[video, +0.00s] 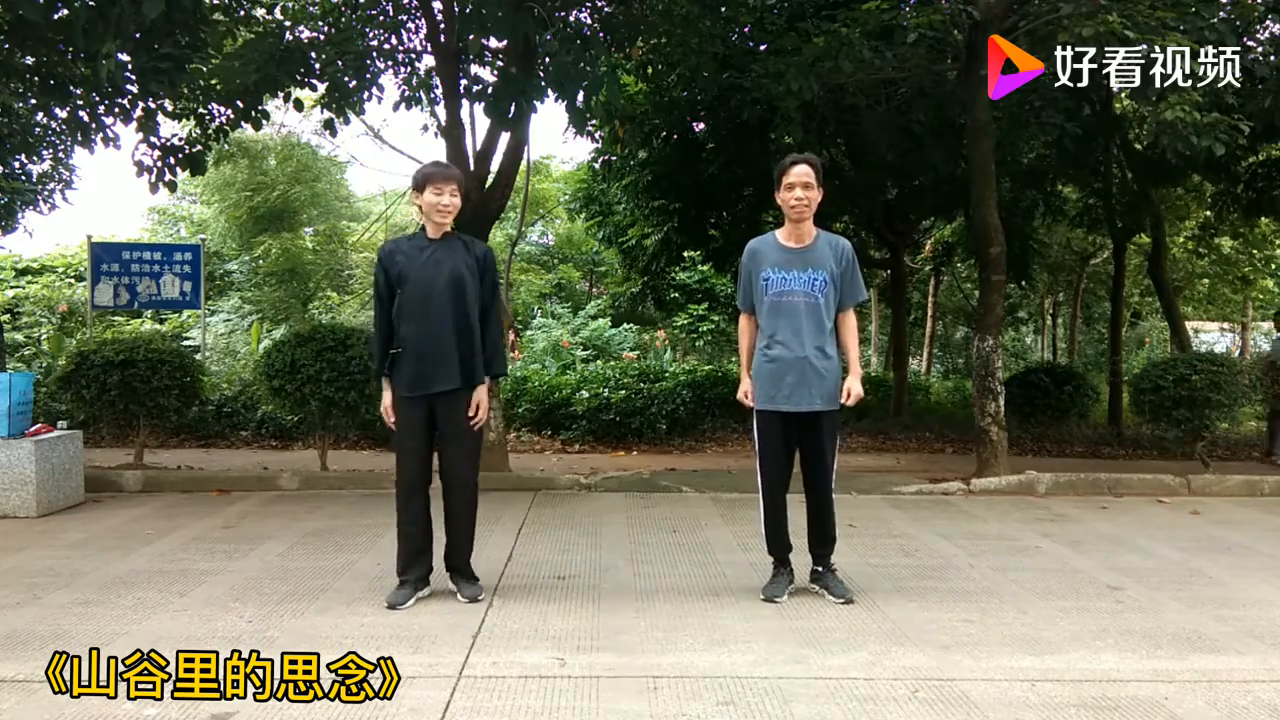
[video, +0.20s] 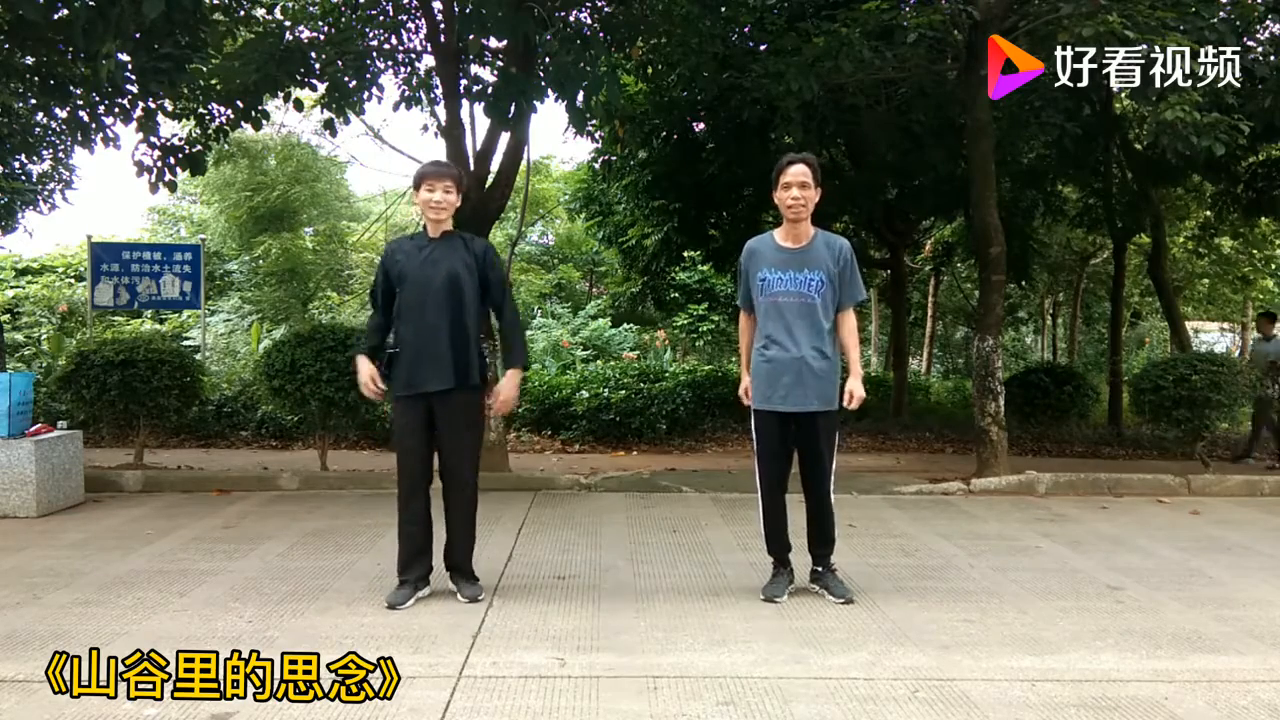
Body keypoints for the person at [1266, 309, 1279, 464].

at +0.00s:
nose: (1275, 326)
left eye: (1276, 322)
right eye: (1274, 322)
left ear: (1278, 324)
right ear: (1274, 324)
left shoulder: (1275, 345)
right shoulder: (1275, 344)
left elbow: (1272, 364)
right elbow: (1271, 364)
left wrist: (1268, 386)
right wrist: (1267, 386)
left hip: (1275, 391)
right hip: (1273, 391)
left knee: (1274, 419)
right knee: (1273, 419)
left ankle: (1274, 451)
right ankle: (1271, 450)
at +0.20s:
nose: (1257, 326)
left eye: (1261, 323)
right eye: (1257, 323)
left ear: (1270, 324)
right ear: (1259, 325)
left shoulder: (1277, 344)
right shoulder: (1257, 344)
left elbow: (1276, 365)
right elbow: (1251, 365)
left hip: (1273, 389)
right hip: (1259, 388)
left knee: (1258, 421)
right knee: (1268, 421)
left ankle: (1248, 452)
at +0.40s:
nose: (1240, 325)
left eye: (1243, 321)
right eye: (1239, 321)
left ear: (1252, 322)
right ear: (1241, 322)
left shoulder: (1260, 341)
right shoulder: (1239, 340)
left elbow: (1263, 364)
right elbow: (1238, 360)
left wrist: (1261, 382)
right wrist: (1237, 377)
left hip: (1255, 382)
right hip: (1241, 381)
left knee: (1250, 416)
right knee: (1240, 415)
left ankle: (1247, 450)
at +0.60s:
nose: (1250, 321)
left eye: (1253, 317)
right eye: (1248, 318)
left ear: (1262, 318)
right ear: (1247, 321)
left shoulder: (1273, 340)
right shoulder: (1245, 342)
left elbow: (1275, 365)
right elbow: (1235, 360)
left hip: (1266, 391)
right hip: (1247, 390)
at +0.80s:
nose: (1229, 321)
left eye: (1232, 317)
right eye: (1227, 317)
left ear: (1242, 317)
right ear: (1228, 319)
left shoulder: (1250, 338)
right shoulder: (1227, 338)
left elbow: (1259, 364)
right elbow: (1220, 359)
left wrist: (1254, 385)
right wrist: (1218, 380)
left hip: (1244, 386)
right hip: (1226, 385)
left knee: (1234, 426)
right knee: (1225, 425)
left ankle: (1230, 460)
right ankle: (1252, 443)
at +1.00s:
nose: (1208, 321)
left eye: (1211, 316)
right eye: (1206, 317)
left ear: (1220, 316)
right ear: (1205, 319)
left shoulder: (1231, 336)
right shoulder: (1208, 339)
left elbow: (1232, 361)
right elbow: (1205, 360)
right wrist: (1204, 380)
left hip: (1228, 384)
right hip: (1211, 384)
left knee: (1227, 422)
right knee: (1218, 422)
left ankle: (1227, 459)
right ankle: (1222, 458)